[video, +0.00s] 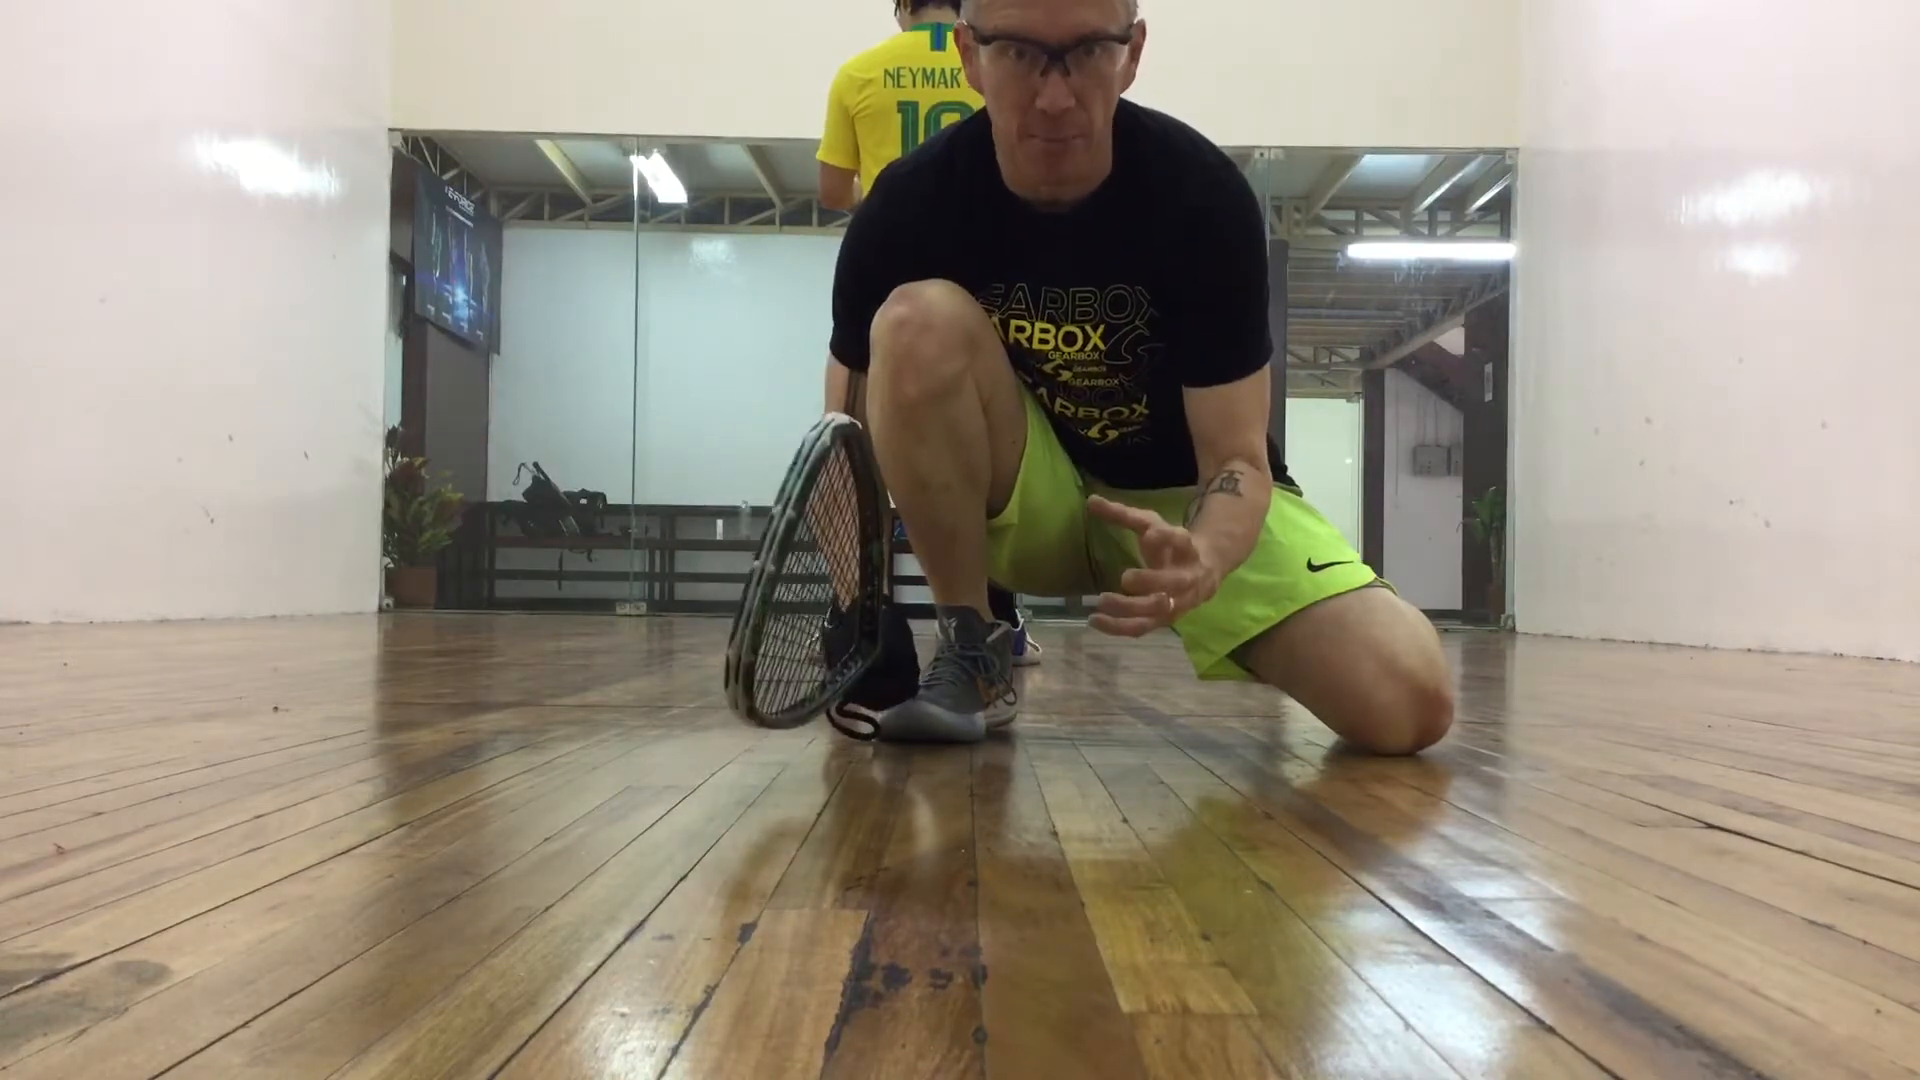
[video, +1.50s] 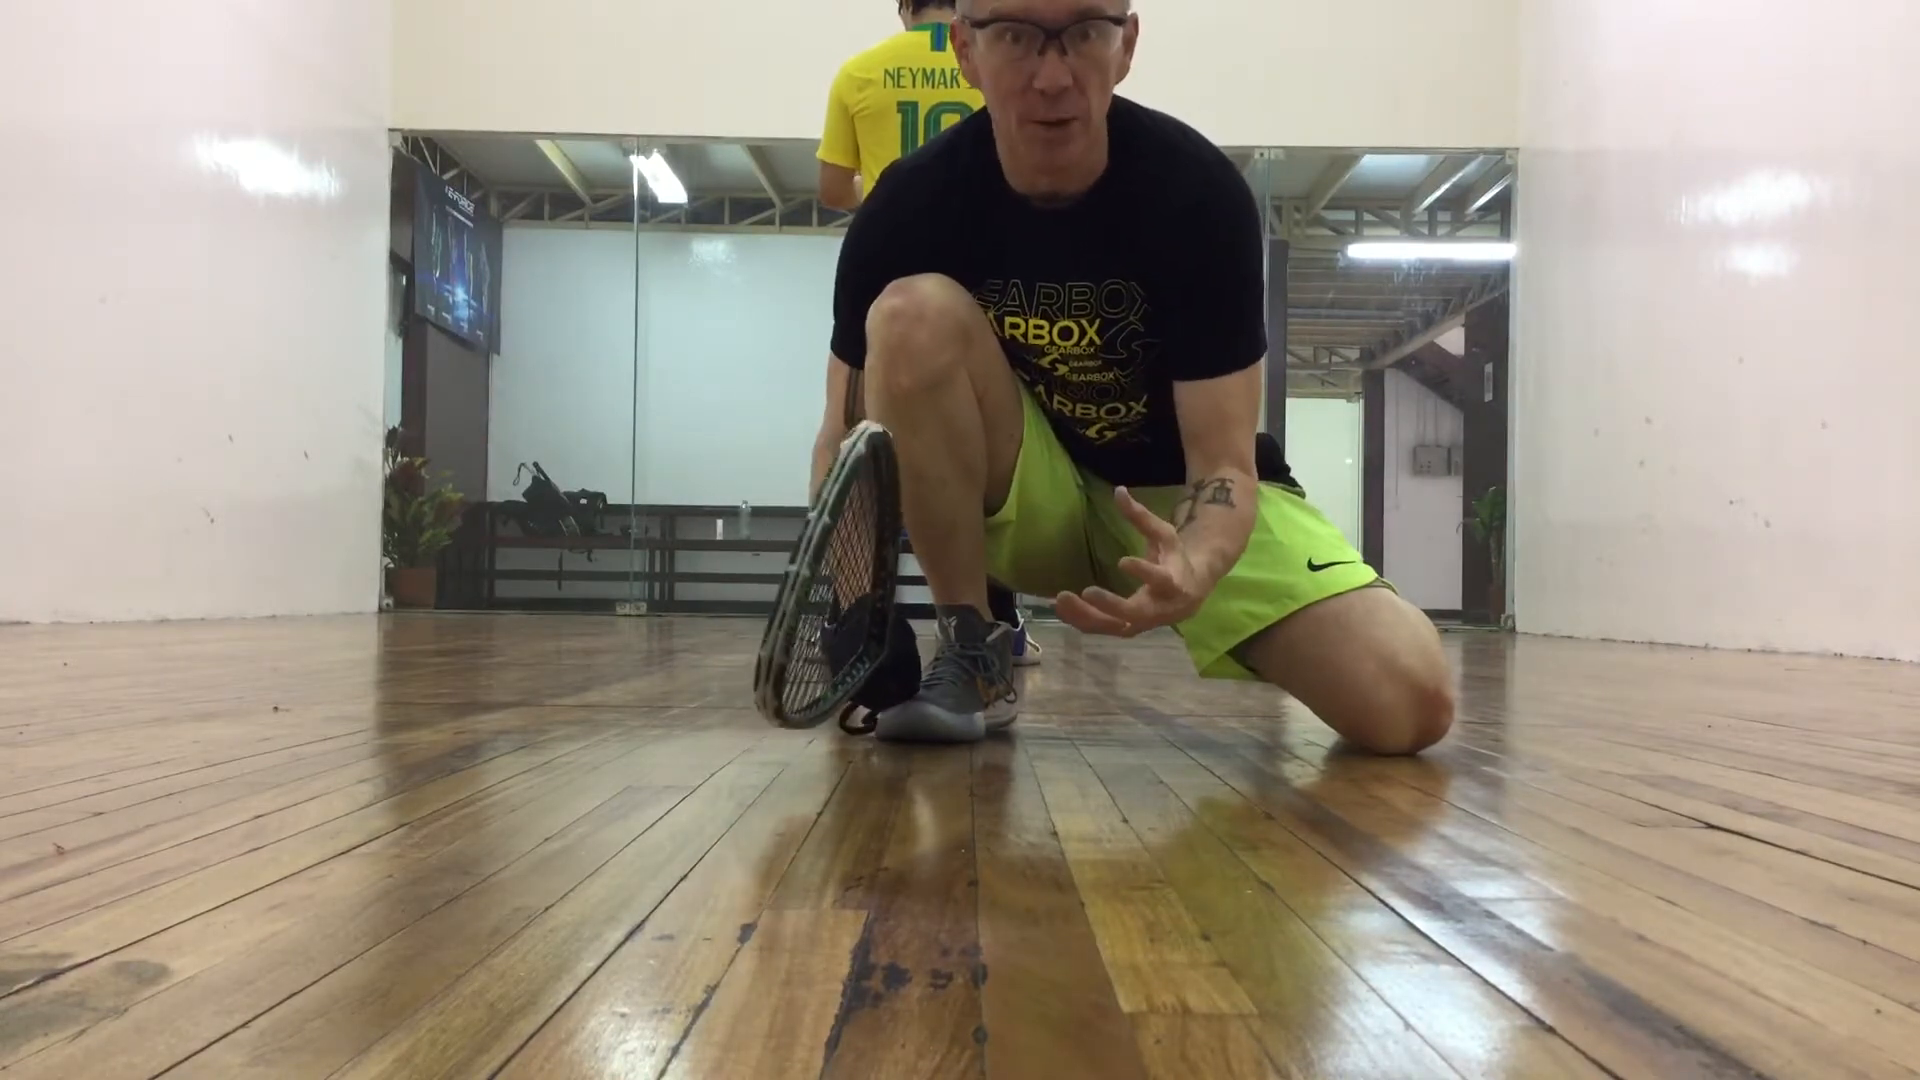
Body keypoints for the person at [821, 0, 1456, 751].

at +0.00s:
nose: (1054, 94)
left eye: (1085, 52)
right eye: (1020, 54)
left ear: (1133, 52)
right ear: (968, 55)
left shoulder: (1202, 195)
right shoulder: (908, 204)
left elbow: (1238, 465)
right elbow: (849, 436)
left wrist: (1205, 561)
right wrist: (858, 619)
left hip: (1198, 503)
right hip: (1031, 497)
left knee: (1411, 712)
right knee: (918, 320)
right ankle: (967, 642)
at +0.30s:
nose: (1056, 98)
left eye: (1088, 55)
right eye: (1022, 58)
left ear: (1133, 53)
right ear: (967, 57)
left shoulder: (1202, 196)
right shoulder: (906, 208)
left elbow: (1237, 467)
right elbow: (852, 436)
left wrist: (1203, 564)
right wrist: (859, 624)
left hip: (1196, 502)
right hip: (1031, 495)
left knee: (1411, 712)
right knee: (919, 319)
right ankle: (967, 648)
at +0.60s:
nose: (1050, 90)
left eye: (1080, 50)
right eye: (1018, 52)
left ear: (1130, 55)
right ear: (965, 61)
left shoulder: (1200, 196)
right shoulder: (906, 210)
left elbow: (1239, 469)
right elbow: (849, 434)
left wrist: (1201, 578)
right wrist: (861, 624)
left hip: (1195, 507)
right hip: (1030, 495)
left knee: (1410, 711)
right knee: (917, 319)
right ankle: (969, 645)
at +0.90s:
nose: (1061, 91)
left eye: (1091, 46)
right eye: (1025, 53)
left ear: (1136, 44)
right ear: (972, 55)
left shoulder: (1208, 194)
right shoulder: (912, 199)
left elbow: (1235, 464)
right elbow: (852, 420)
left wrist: (1176, 495)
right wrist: (857, 612)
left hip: (1187, 502)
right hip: (1022, 491)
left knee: (1410, 711)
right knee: (915, 318)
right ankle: (968, 644)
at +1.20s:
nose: (1062, 61)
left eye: (1090, 24)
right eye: (1030, 26)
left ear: (1134, 43)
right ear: (975, 48)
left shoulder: (1203, 192)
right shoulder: (913, 200)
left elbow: (1220, 466)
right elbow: (855, 418)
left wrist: (1192, 564)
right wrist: (854, 616)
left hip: (1188, 495)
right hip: (1030, 487)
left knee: (1411, 712)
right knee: (917, 315)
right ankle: (967, 645)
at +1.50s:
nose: (1051, 75)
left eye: (1084, 33)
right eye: (1017, 36)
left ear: (1126, 46)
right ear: (964, 52)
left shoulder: (1197, 191)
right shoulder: (907, 205)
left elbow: (1224, 471)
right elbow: (849, 433)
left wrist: (1197, 570)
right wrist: (858, 622)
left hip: (1191, 500)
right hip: (1031, 493)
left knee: (1411, 711)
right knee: (913, 313)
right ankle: (970, 648)